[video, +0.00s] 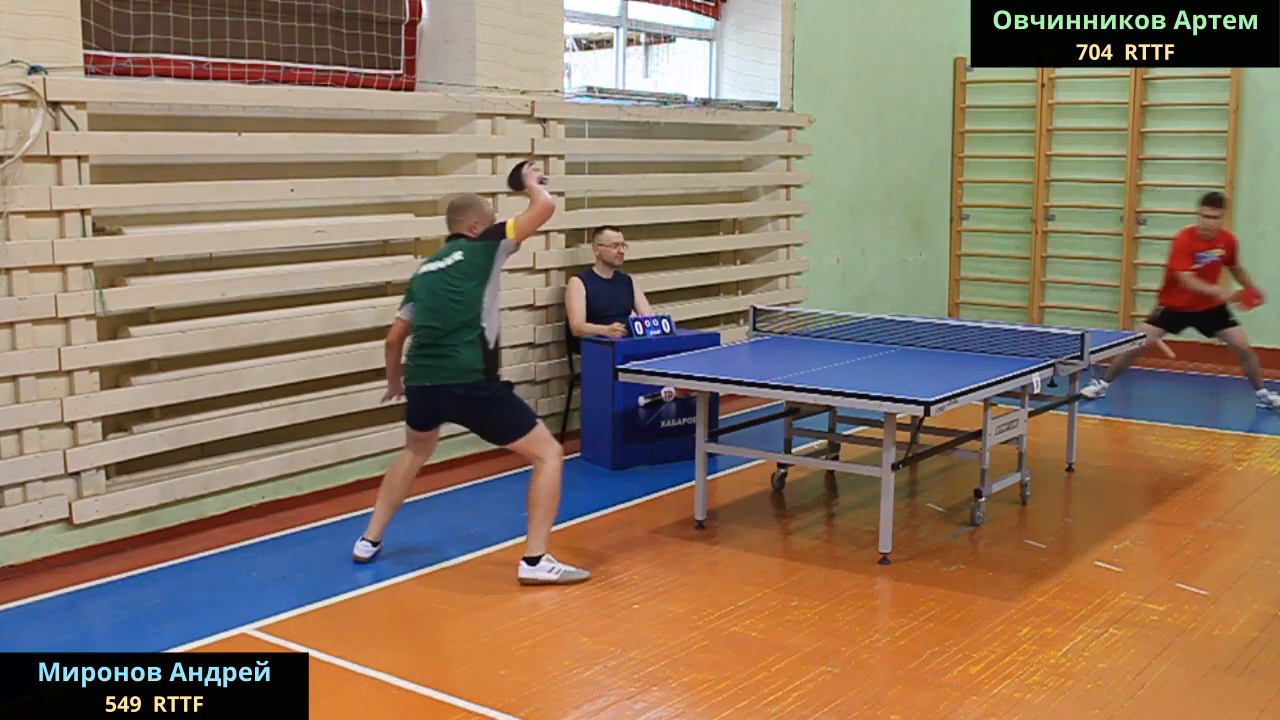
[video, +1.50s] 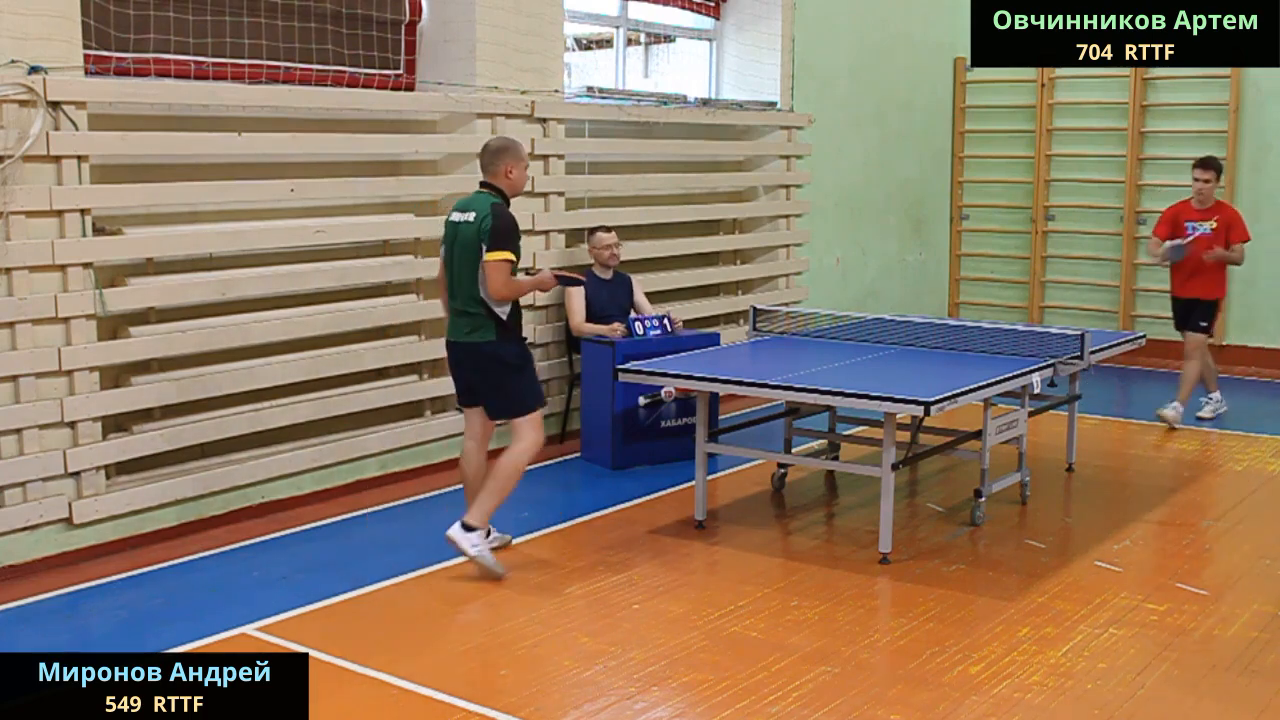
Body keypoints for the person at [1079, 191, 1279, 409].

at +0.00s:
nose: (1208, 222)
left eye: (1214, 217)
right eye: (1204, 216)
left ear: (1222, 218)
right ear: (1197, 215)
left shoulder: (1227, 241)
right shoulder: (1183, 240)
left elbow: (1234, 267)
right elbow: (1185, 279)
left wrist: (1251, 288)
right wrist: (1222, 293)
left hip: (1210, 307)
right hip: (1175, 307)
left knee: (1243, 346)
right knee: (1137, 343)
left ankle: (1262, 394)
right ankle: (1102, 384)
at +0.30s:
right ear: (1276, 236)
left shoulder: (1277, 253)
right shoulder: (1257, 245)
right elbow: (1252, 287)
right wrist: (1276, 292)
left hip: (1250, 299)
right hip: (1220, 295)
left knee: (1277, 337)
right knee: (1200, 347)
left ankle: (1270, 392)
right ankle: (1162, 385)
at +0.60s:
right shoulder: (1269, 215)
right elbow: (1235, 239)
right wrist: (1231, 280)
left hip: (1272, 290)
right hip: (1244, 287)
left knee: (1278, 339)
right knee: (1229, 337)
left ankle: (1273, 388)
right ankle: (1209, 387)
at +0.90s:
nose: (1277, 200)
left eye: (1279, 195)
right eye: (1274, 194)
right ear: (1266, 191)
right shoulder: (1244, 215)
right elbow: (1221, 242)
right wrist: (1224, 273)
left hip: (1273, 294)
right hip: (1242, 288)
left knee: (1276, 344)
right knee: (1225, 339)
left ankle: (1277, 390)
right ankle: (1218, 396)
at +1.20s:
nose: (1232, 187)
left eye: (1239, 182)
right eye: (1229, 181)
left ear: (1248, 183)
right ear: (1222, 180)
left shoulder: (1259, 214)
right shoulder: (1206, 209)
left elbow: (1263, 253)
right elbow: (1183, 242)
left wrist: (1235, 254)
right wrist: (1193, 258)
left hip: (1239, 292)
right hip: (1207, 290)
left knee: (1240, 347)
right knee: (1206, 344)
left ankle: (1254, 383)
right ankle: (1215, 400)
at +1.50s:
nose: (1199, 186)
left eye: (1206, 182)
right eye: (1196, 180)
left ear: (1217, 184)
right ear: (1191, 181)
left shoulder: (1229, 215)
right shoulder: (1175, 212)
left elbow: (1239, 255)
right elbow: (1153, 246)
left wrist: (1222, 254)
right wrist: (1165, 252)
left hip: (1208, 293)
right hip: (1180, 292)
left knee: (1193, 347)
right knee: (1197, 347)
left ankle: (1178, 406)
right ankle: (1215, 398)